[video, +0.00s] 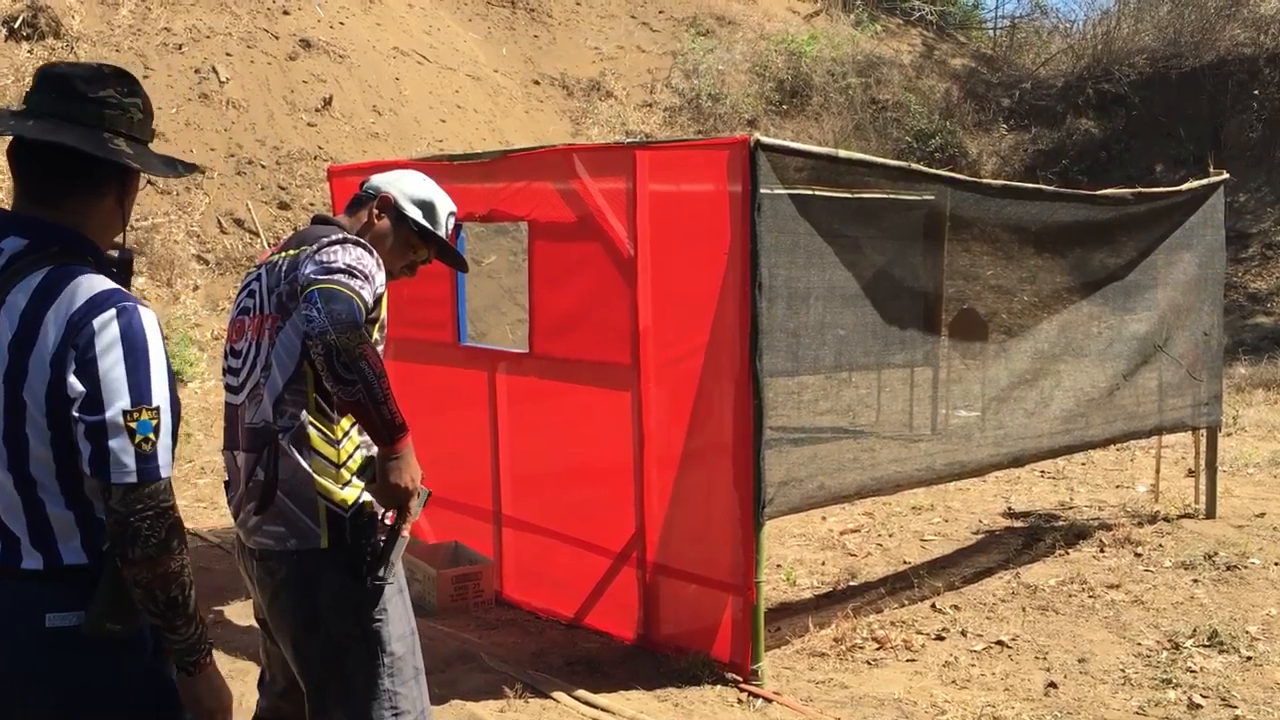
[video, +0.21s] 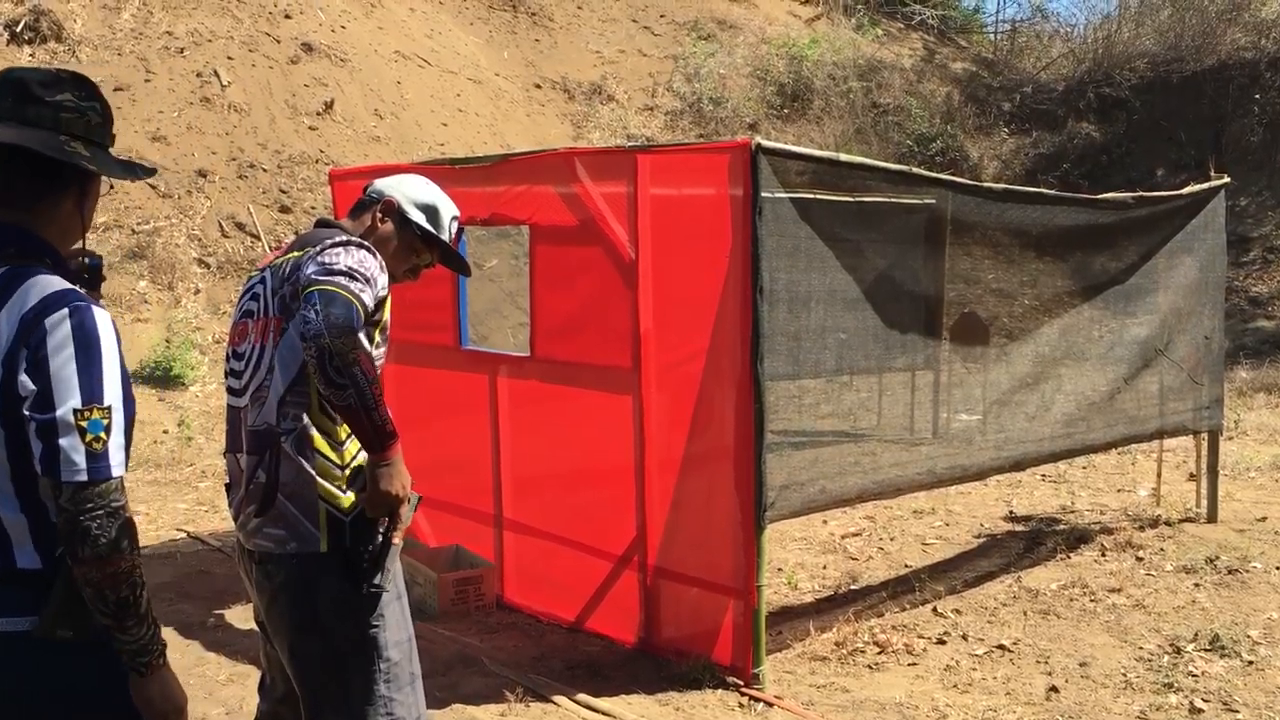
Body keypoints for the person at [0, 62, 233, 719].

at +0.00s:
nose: (138, 194)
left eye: (137, 176)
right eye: (139, 178)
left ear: (14, 164)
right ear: (125, 185)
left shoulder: (8, 271)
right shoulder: (108, 319)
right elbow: (143, 528)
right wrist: (196, 664)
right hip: (81, 625)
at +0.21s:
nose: (100, 198)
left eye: (103, 181)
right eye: (101, 181)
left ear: (4, 180)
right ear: (81, 186)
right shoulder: (63, 316)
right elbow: (94, 525)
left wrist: (57, 287)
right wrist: (149, 659)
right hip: (48, 643)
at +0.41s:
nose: (76, 195)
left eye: (76, 178)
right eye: (71, 178)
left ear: (13, 178)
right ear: (41, 183)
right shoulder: (33, 309)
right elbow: (60, 518)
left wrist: (34, 294)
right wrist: (123, 652)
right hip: (35, 646)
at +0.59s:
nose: (62, 205)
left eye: (63, 188)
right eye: (58, 186)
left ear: (18, 183)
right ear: (19, 182)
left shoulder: (21, 292)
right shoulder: (21, 298)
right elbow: (40, 491)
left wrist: (20, 276)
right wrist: (113, 638)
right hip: (33, 639)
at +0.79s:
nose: (73, 206)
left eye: (75, 185)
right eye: (67, 182)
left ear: (22, 178)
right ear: (24, 176)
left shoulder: (17, 286)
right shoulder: (27, 295)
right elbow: (55, 496)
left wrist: (34, 276)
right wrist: (126, 640)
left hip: (17, 635)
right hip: (37, 644)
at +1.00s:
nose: (106, 203)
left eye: (107, 185)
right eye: (101, 183)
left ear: (46, 178)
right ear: (56, 178)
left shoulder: (21, 291)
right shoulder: (51, 302)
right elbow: (91, 516)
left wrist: (148, 639)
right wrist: (158, 646)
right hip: (51, 644)